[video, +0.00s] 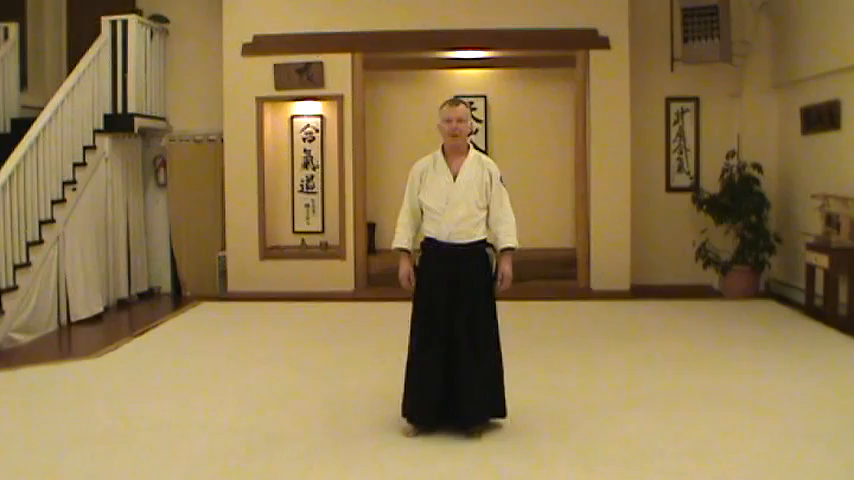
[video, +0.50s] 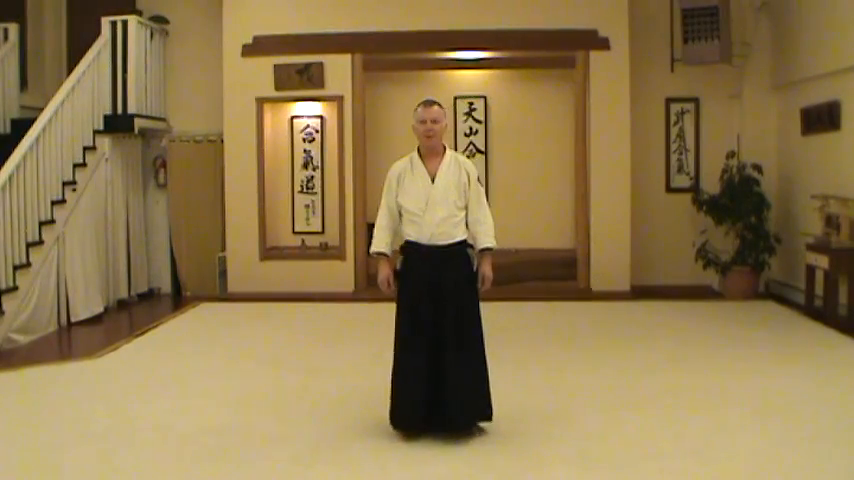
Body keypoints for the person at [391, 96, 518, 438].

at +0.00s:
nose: (455, 126)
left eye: (461, 121)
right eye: (448, 121)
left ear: (472, 125)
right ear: (438, 126)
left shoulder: (487, 167)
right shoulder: (423, 168)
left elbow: (501, 213)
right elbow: (409, 213)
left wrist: (506, 256)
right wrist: (404, 256)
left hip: (473, 258)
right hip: (434, 258)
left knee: (473, 334)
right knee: (429, 333)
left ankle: (474, 413)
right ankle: (422, 412)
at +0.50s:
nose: (429, 127)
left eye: (435, 121)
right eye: (423, 122)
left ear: (445, 125)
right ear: (414, 127)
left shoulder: (463, 167)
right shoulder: (400, 170)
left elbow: (478, 213)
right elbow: (387, 216)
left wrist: (485, 257)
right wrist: (383, 260)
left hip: (455, 261)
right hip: (415, 261)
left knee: (458, 336)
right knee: (416, 337)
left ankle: (460, 415)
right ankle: (415, 416)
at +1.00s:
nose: (431, 126)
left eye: (437, 120)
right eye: (425, 121)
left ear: (448, 123)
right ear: (416, 126)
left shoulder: (467, 165)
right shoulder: (402, 169)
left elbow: (483, 209)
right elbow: (389, 215)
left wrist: (491, 252)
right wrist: (387, 258)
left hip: (459, 258)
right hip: (419, 259)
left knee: (462, 334)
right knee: (419, 335)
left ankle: (463, 414)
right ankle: (417, 415)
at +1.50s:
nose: (437, 126)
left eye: (443, 121)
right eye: (431, 121)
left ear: (453, 125)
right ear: (422, 126)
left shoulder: (471, 166)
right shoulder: (408, 169)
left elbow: (488, 211)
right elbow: (394, 216)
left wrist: (495, 255)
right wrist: (391, 260)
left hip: (463, 259)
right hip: (424, 260)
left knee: (465, 336)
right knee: (423, 337)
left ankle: (466, 416)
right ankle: (420, 417)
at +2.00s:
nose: (439, 126)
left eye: (445, 120)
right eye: (432, 120)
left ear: (455, 124)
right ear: (423, 126)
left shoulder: (472, 166)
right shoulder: (408, 168)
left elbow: (488, 211)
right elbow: (395, 214)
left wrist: (495, 255)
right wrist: (391, 258)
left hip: (463, 259)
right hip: (423, 259)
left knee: (464, 334)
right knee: (423, 335)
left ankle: (464, 415)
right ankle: (420, 416)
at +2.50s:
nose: (438, 128)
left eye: (444, 122)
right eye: (432, 123)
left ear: (455, 126)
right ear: (423, 128)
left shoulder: (472, 167)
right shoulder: (408, 169)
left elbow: (488, 212)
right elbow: (395, 216)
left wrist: (495, 256)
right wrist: (392, 260)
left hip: (463, 260)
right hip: (424, 260)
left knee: (464, 335)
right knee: (422, 336)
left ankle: (463, 416)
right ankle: (419, 416)